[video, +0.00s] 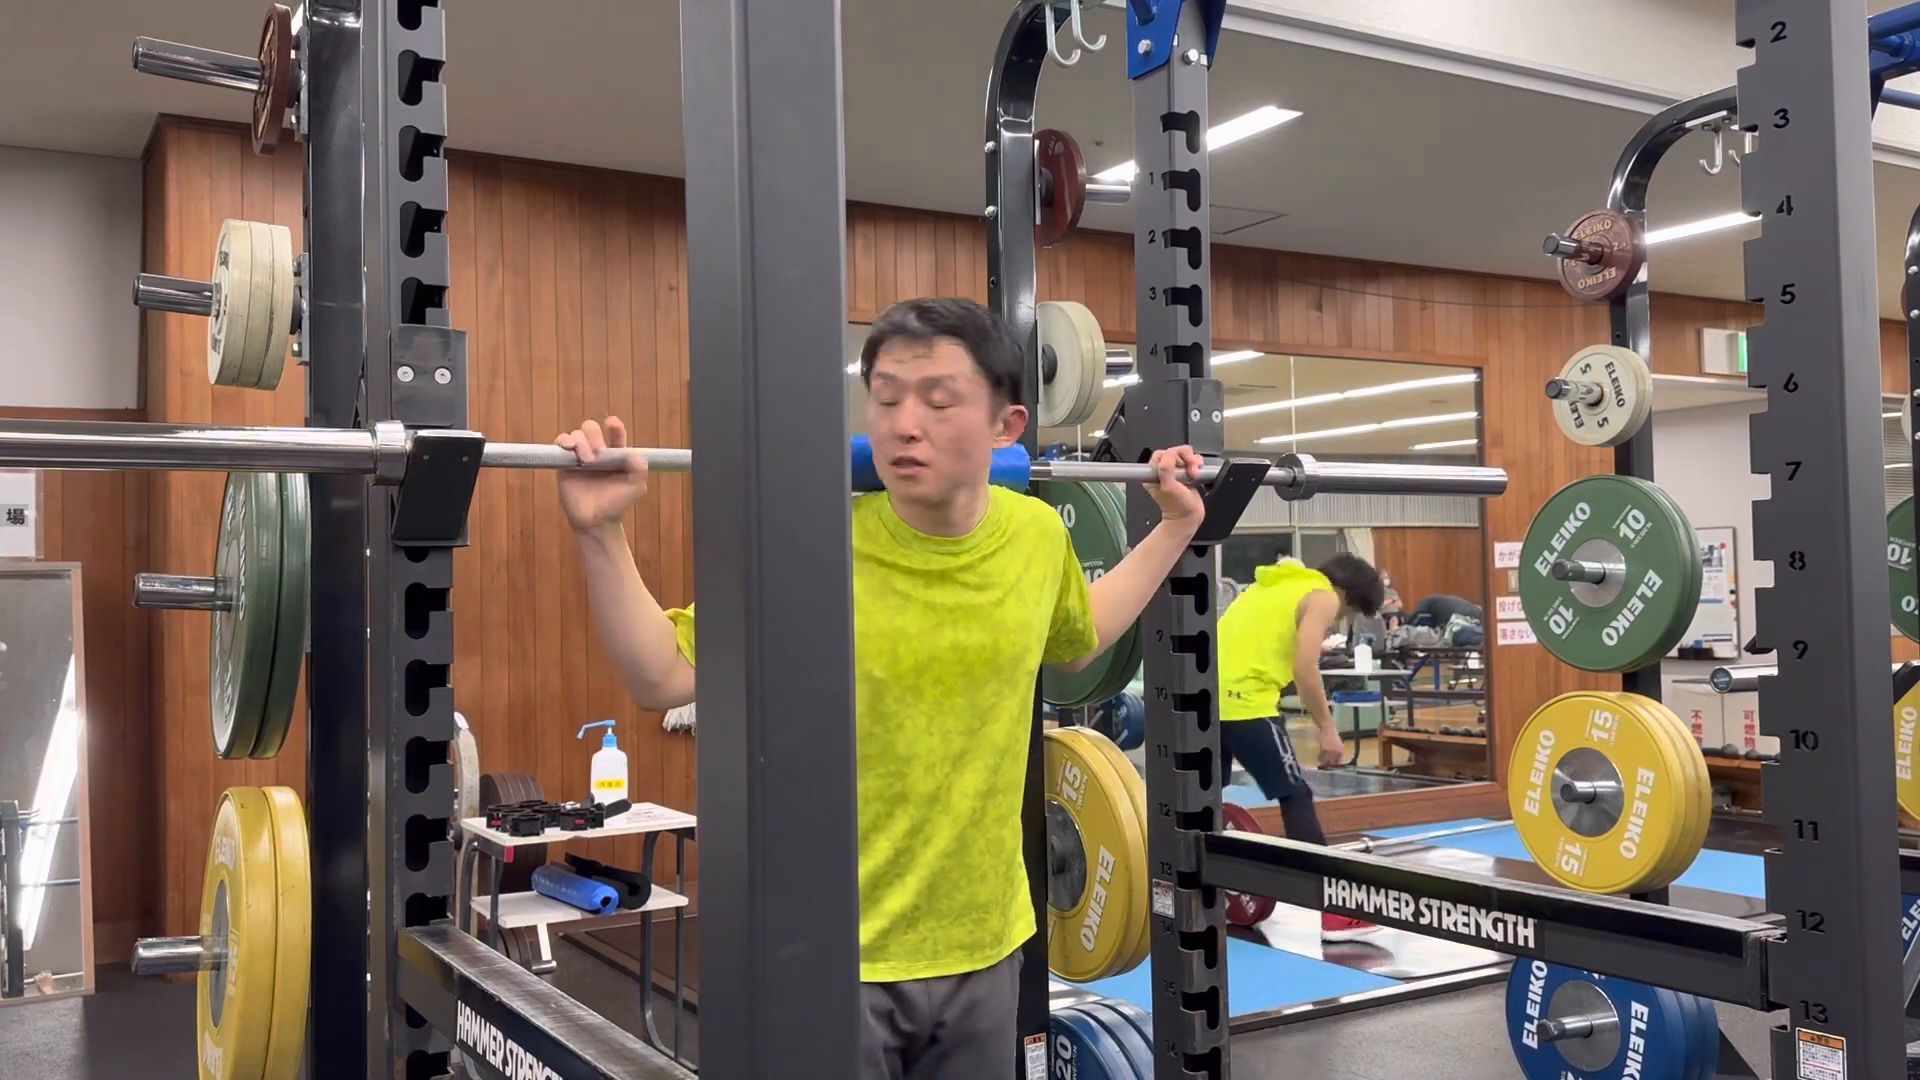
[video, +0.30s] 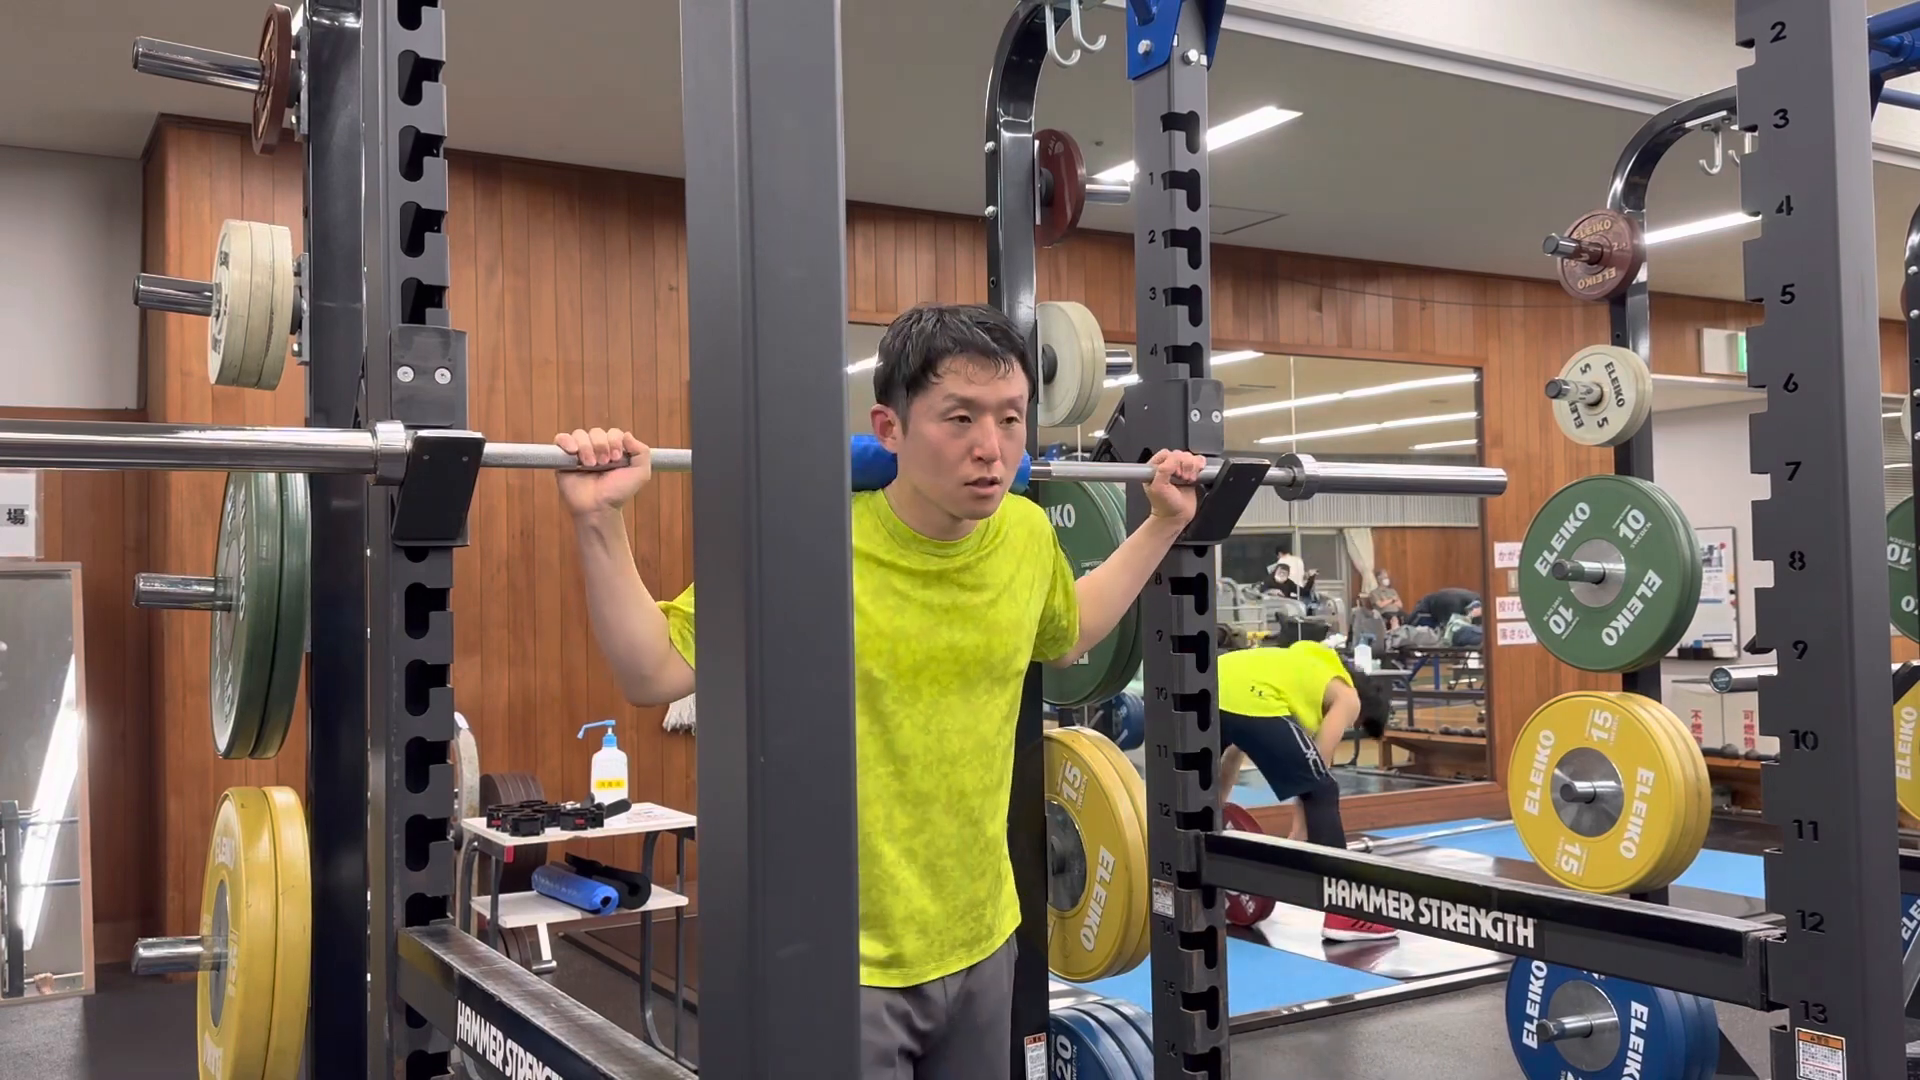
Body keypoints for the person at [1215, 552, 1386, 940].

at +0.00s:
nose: (1343, 616)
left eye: (1350, 611)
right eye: (1349, 608)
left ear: (1324, 570)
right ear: (1348, 591)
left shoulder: (1267, 584)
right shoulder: (1321, 594)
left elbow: (1227, 638)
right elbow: (1304, 668)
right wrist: (1327, 729)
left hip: (1202, 702)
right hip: (1246, 704)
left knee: (1203, 803)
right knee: (1296, 797)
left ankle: (1194, 895)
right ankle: (1327, 903)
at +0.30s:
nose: (1350, 728)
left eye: (1356, 727)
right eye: (1355, 723)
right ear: (1360, 699)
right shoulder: (1346, 697)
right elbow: (1317, 764)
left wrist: (1216, 808)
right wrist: (1298, 828)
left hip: (1206, 694)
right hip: (1257, 705)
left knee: (1202, 794)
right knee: (1321, 792)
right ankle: (1342, 910)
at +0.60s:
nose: (1341, 763)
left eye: (1344, 763)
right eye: (1347, 759)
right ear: (1356, 743)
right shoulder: (1342, 733)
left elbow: (1228, 777)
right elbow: (1302, 798)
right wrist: (1295, 864)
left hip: (1206, 691)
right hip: (1255, 707)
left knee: (1204, 790)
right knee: (1324, 791)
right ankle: (1342, 909)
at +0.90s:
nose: (1349, 762)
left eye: (1355, 761)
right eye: (1355, 757)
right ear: (1365, 739)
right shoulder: (1350, 731)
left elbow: (1234, 777)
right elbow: (1306, 794)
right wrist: (1296, 861)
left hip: (1208, 688)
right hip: (1263, 703)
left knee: (1199, 791)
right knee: (1326, 791)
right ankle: (1343, 909)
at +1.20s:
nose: (1355, 741)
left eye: (1363, 738)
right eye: (1364, 736)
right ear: (1369, 718)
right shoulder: (1354, 711)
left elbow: (1257, 771)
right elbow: (1335, 778)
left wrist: (1251, 831)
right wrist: (1326, 830)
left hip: (1209, 687)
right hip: (1261, 701)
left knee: (1195, 795)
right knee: (1319, 792)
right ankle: (1342, 909)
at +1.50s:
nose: (1391, 733)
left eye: (1397, 730)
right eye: (1397, 727)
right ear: (1398, 712)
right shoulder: (1380, 708)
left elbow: (1289, 770)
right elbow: (1361, 784)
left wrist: (1282, 832)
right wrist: (1353, 847)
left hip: (1225, 687)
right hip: (1273, 701)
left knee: (1218, 788)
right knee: (1337, 792)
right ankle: (1343, 910)